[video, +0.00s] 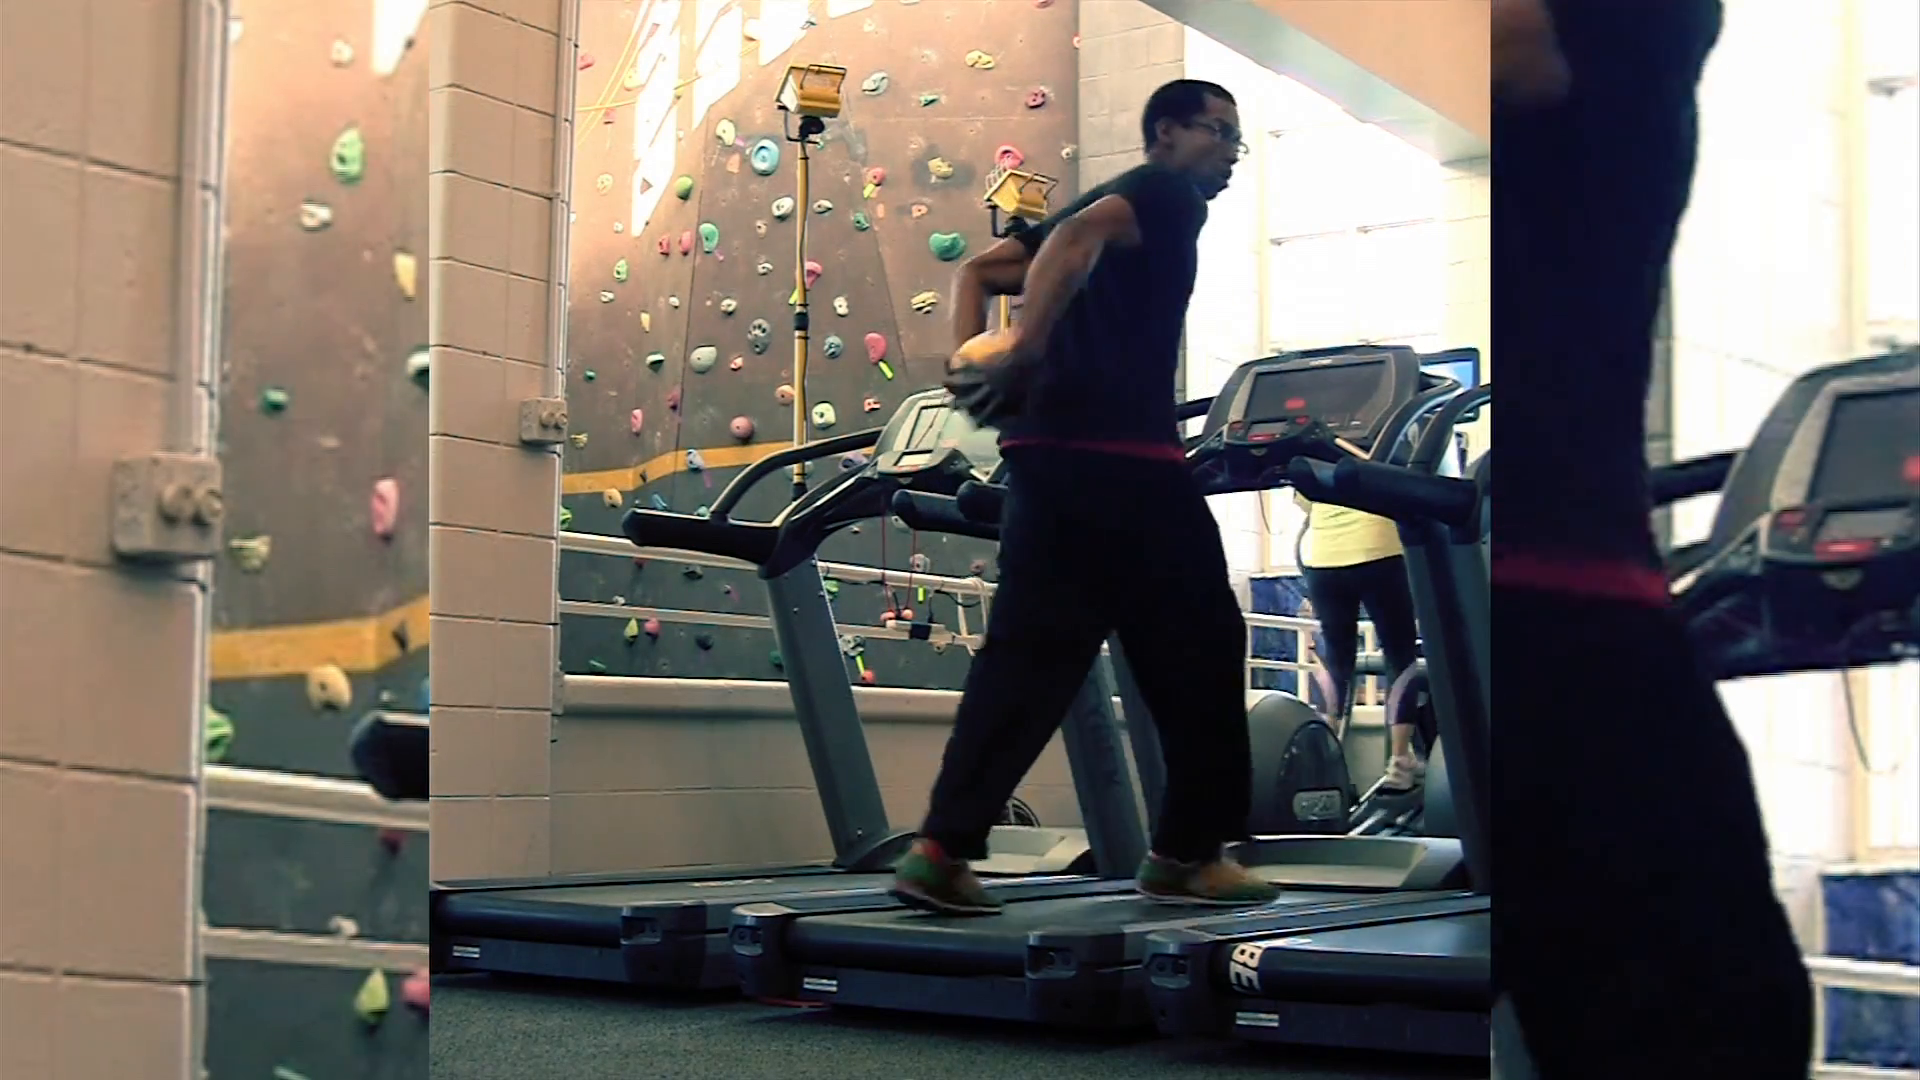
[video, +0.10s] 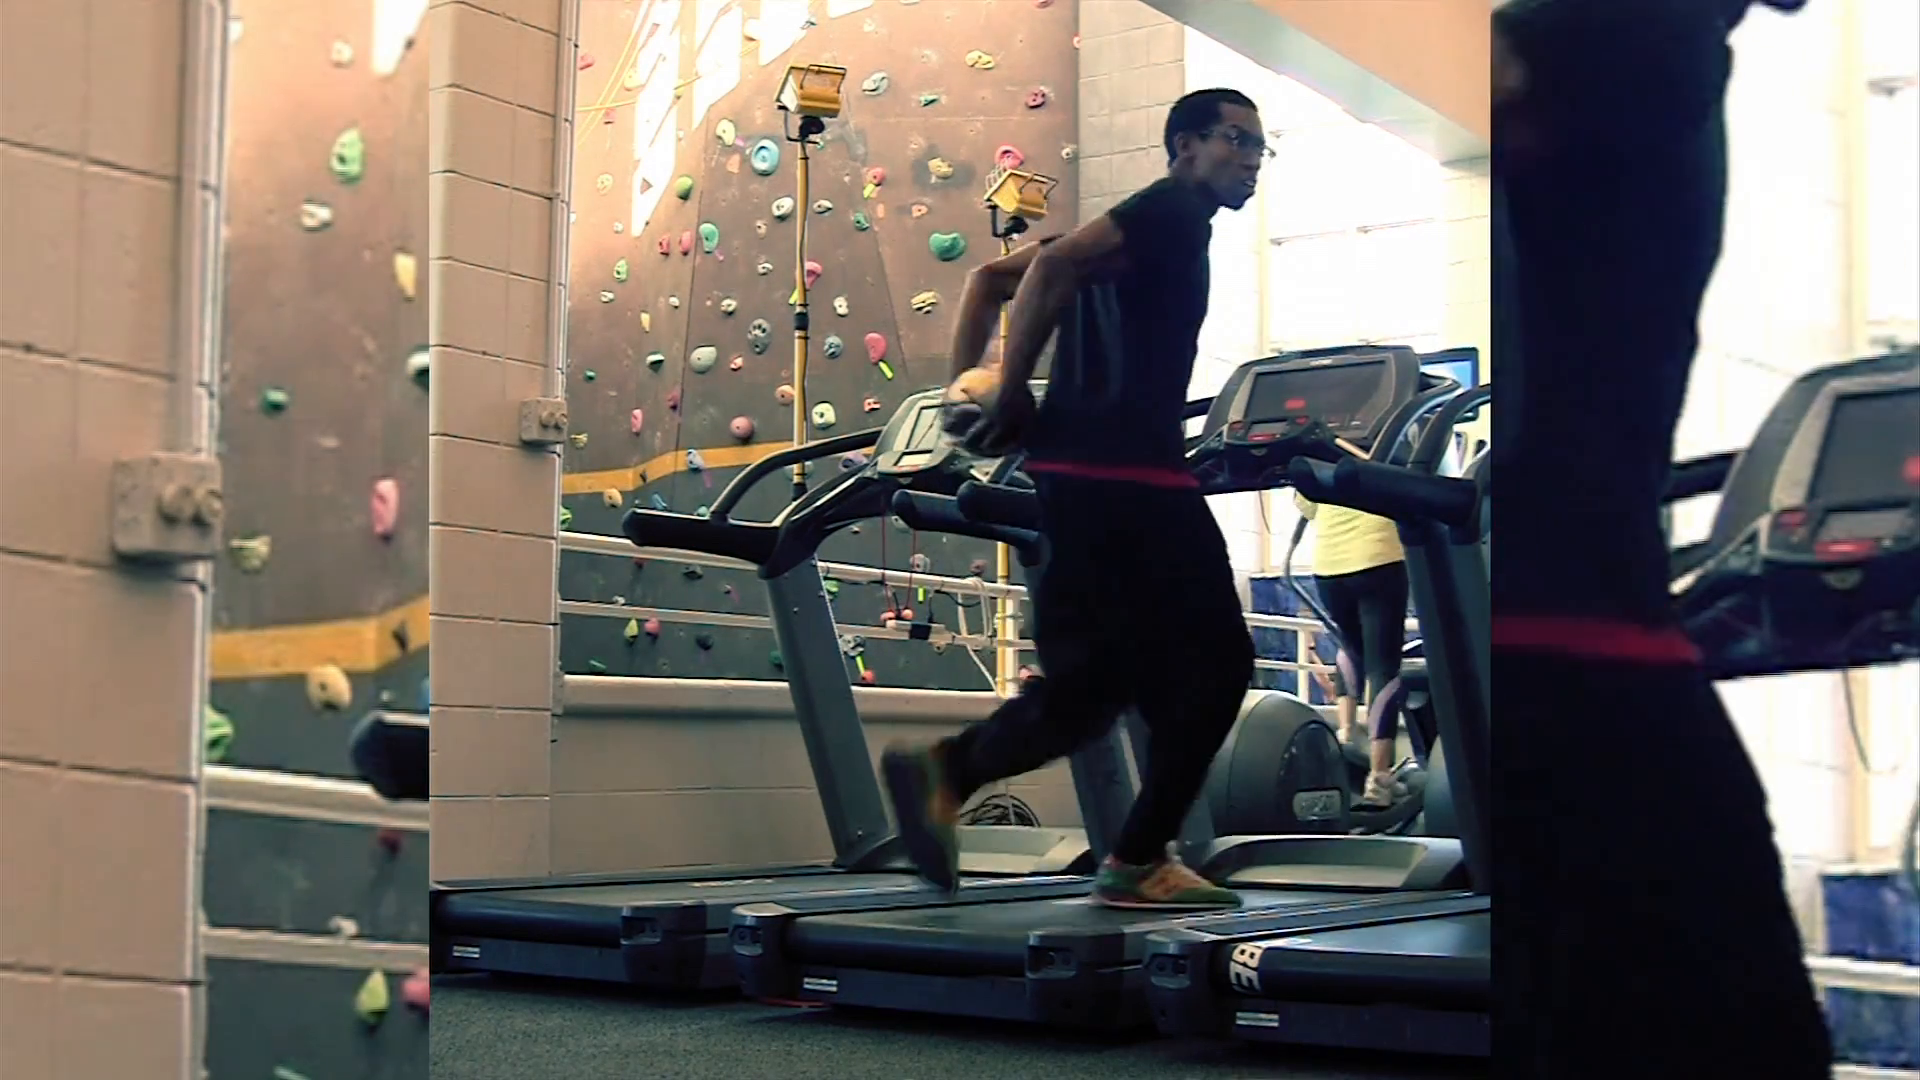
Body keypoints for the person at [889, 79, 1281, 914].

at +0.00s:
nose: (1234, 150)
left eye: (1237, 138)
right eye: (1220, 132)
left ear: (1169, 142)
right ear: (1167, 131)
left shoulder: (1101, 205)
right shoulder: (1170, 189)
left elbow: (978, 270)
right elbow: (1079, 235)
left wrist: (964, 366)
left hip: (1052, 475)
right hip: (1133, 474)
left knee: (1029, 654)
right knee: (1204, 647)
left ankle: (942, 848)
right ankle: (1189, 853)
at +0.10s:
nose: (1256, 158)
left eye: (1259, 146)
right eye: (1240, 140)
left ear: (1185, 156)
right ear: (1188, 145)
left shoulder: (1130, 218)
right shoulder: (1178, 205)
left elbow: (992, 275)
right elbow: (1058, 261)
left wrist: (956, 389)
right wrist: (1011, 385)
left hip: (1079, 483)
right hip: (1137, 482)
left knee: (1096, 680)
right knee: (1217, 663)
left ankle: (947, 774)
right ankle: (1138, 859)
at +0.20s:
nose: (1239, 145)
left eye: (1244, 133)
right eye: (1223, 128)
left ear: (1230, 145)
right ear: (1176, 135)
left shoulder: (1168, 216)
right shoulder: (1152, 206)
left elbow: (1066, 304)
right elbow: (1034, 283)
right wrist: (1021, 421)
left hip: (1121, 478)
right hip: (1114, 481)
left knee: (1181, 653)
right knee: (1212, 650)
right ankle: (1096, 861)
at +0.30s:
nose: (1192, 64)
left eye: (1204, 51)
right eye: (1176, 49)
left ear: (1216, 62)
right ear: (1142, 55)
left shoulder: (1193, 157)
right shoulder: (1104, 134)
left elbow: (1163, 239)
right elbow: (991, 215)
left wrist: (1224, 263)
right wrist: (1021, 332)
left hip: (1169, 401)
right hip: (1096, 405)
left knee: (1267, 539)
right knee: (1108, 620)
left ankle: (1095, 582)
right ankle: (1059, 843)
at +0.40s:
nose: (1147, 5)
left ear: (1182, 4)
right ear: (1112, 2)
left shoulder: (1217, 81)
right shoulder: (1069, 71)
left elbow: (1266, 174)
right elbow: (976, 169)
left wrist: (1330, 176)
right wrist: (1001, 252)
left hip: (1173, 342)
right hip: (1074, 342)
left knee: (1223, 494)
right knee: (1063, 540)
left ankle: (1128, 633)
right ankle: (1040, 741)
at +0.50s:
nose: (1107, 4)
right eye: (1097, 0)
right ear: (1090, 3)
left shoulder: (1222, 52)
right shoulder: (1057, 60)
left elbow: (1318, 122)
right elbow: (988, 165)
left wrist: (1370, 115)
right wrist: (970, 221)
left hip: (1174, 329)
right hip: (1071, 309)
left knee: (1167, 531)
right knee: (1023, 433)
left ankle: (1192, 718)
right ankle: (1004, 626)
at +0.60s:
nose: (1054, 29)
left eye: (1068, 11)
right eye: (1048, 17)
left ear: (1124, 7)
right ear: (1054, 26)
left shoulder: (1207, 76)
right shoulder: (1057, 107)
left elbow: (1317, 117)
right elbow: (1010, 222)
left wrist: (1374, 123)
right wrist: (951, 257)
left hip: (1173, 359)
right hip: (1081, 331)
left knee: (1164, 569)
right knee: (958, 364)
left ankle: (1209, 803)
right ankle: (986, 577)